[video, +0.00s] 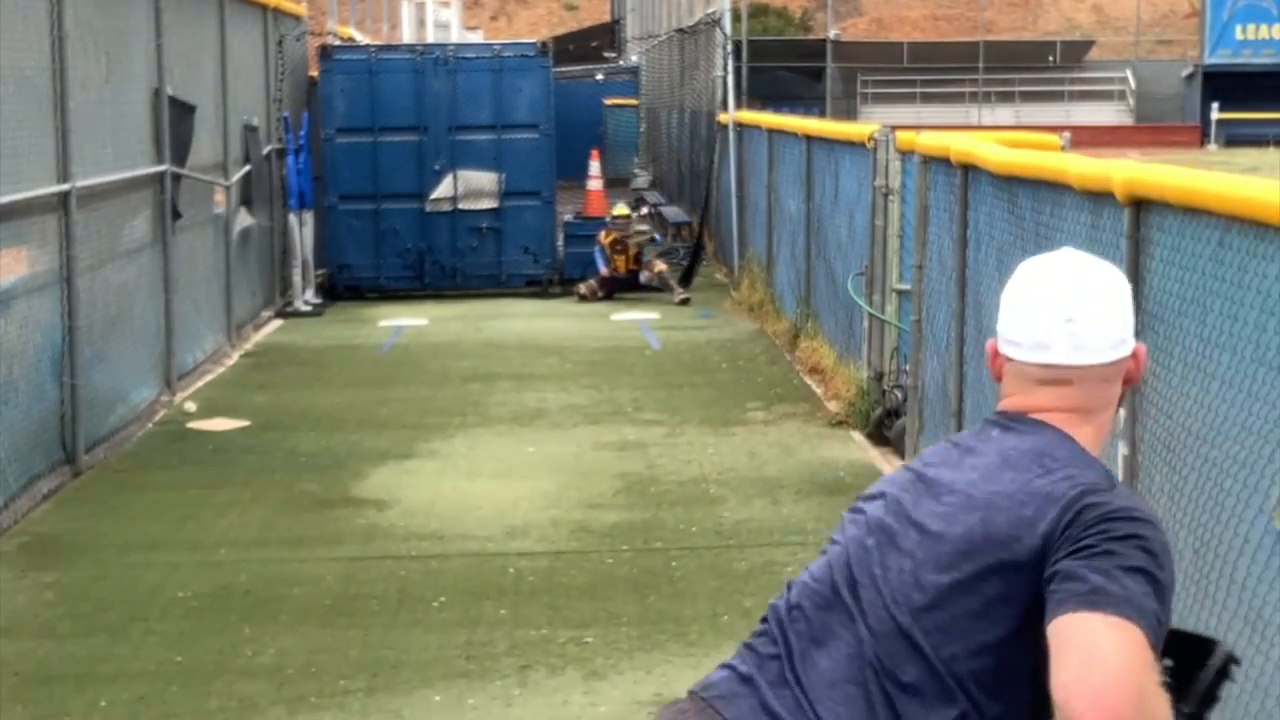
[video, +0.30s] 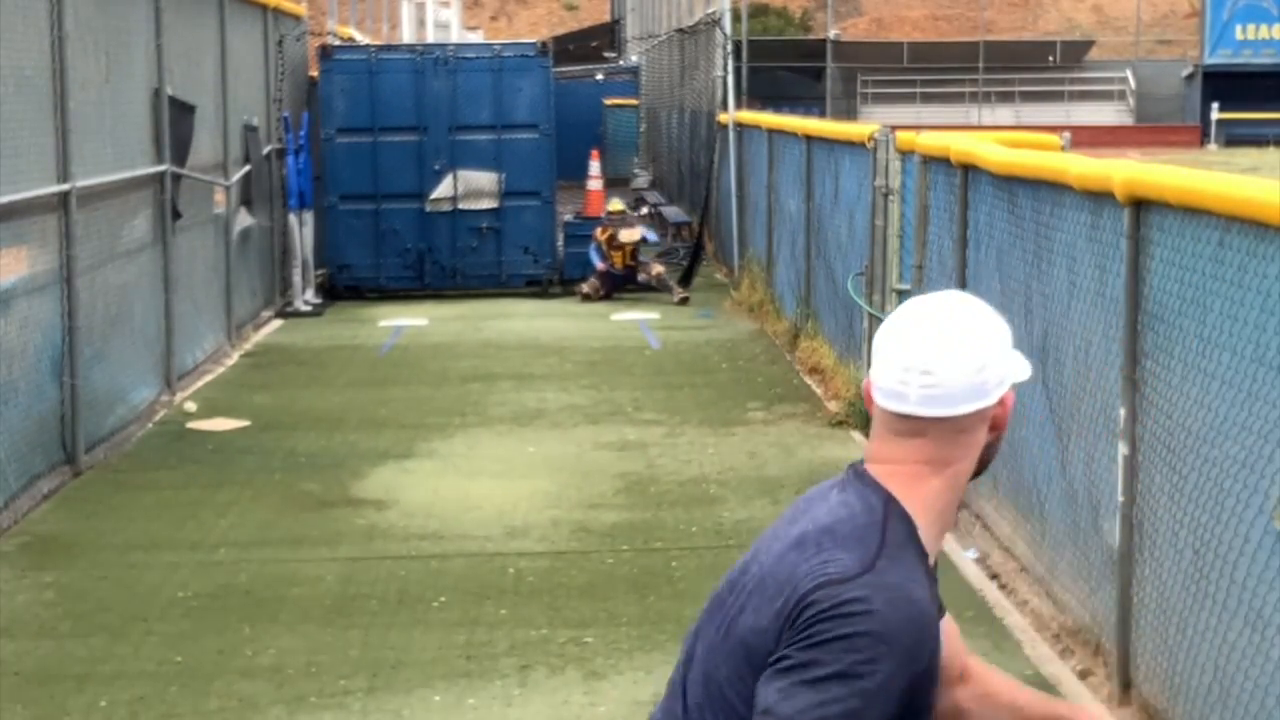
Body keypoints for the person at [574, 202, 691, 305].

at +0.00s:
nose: (623, 223)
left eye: (626, 219)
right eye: (619, 220)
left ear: (630, 220)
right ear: (612, 222)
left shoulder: (639, 233)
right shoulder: (604, 236)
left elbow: (660, 244)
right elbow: (598, 252)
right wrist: (603, 268)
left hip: (636, 275)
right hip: (614, 275)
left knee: (658, 267)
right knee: (598, 283)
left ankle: (678, 293)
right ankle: (586, 291)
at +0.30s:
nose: (616, 219)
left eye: (619, 215)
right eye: (612, 215)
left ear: (625, 215)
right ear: (606, 216)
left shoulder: (634, 230)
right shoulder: (602, 232)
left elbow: (655, 241)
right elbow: (593, 249)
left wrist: (644, 233)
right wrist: (598, 262)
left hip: (634, 270)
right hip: (612, 270)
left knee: (657, 272)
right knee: (595, 283)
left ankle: (677, 293)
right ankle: (590, 292)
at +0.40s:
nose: (608, 218)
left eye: (612, 214)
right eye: (604, 214)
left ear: (618, 212)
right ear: (599, 215)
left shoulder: (628, 225)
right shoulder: (596, 231)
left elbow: (651, 239)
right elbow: (589, 249)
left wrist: (632, 242)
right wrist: (594, 260)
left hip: (631, 263)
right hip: (609, 265)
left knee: (655, 272)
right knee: (595, 286)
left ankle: (676, 293)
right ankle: (593, 291)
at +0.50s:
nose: (631, 228)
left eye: (635, 224)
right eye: (627, 225)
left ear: (641, 224)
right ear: (622, 226)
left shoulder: (650, 236)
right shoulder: (618, 242)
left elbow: (666, 258)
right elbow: (624, 269)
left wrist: (647, 277)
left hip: (656, 275)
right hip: (634, 278)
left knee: (678, 261)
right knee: (610, 288)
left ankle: (689, 292)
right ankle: (612, 292)